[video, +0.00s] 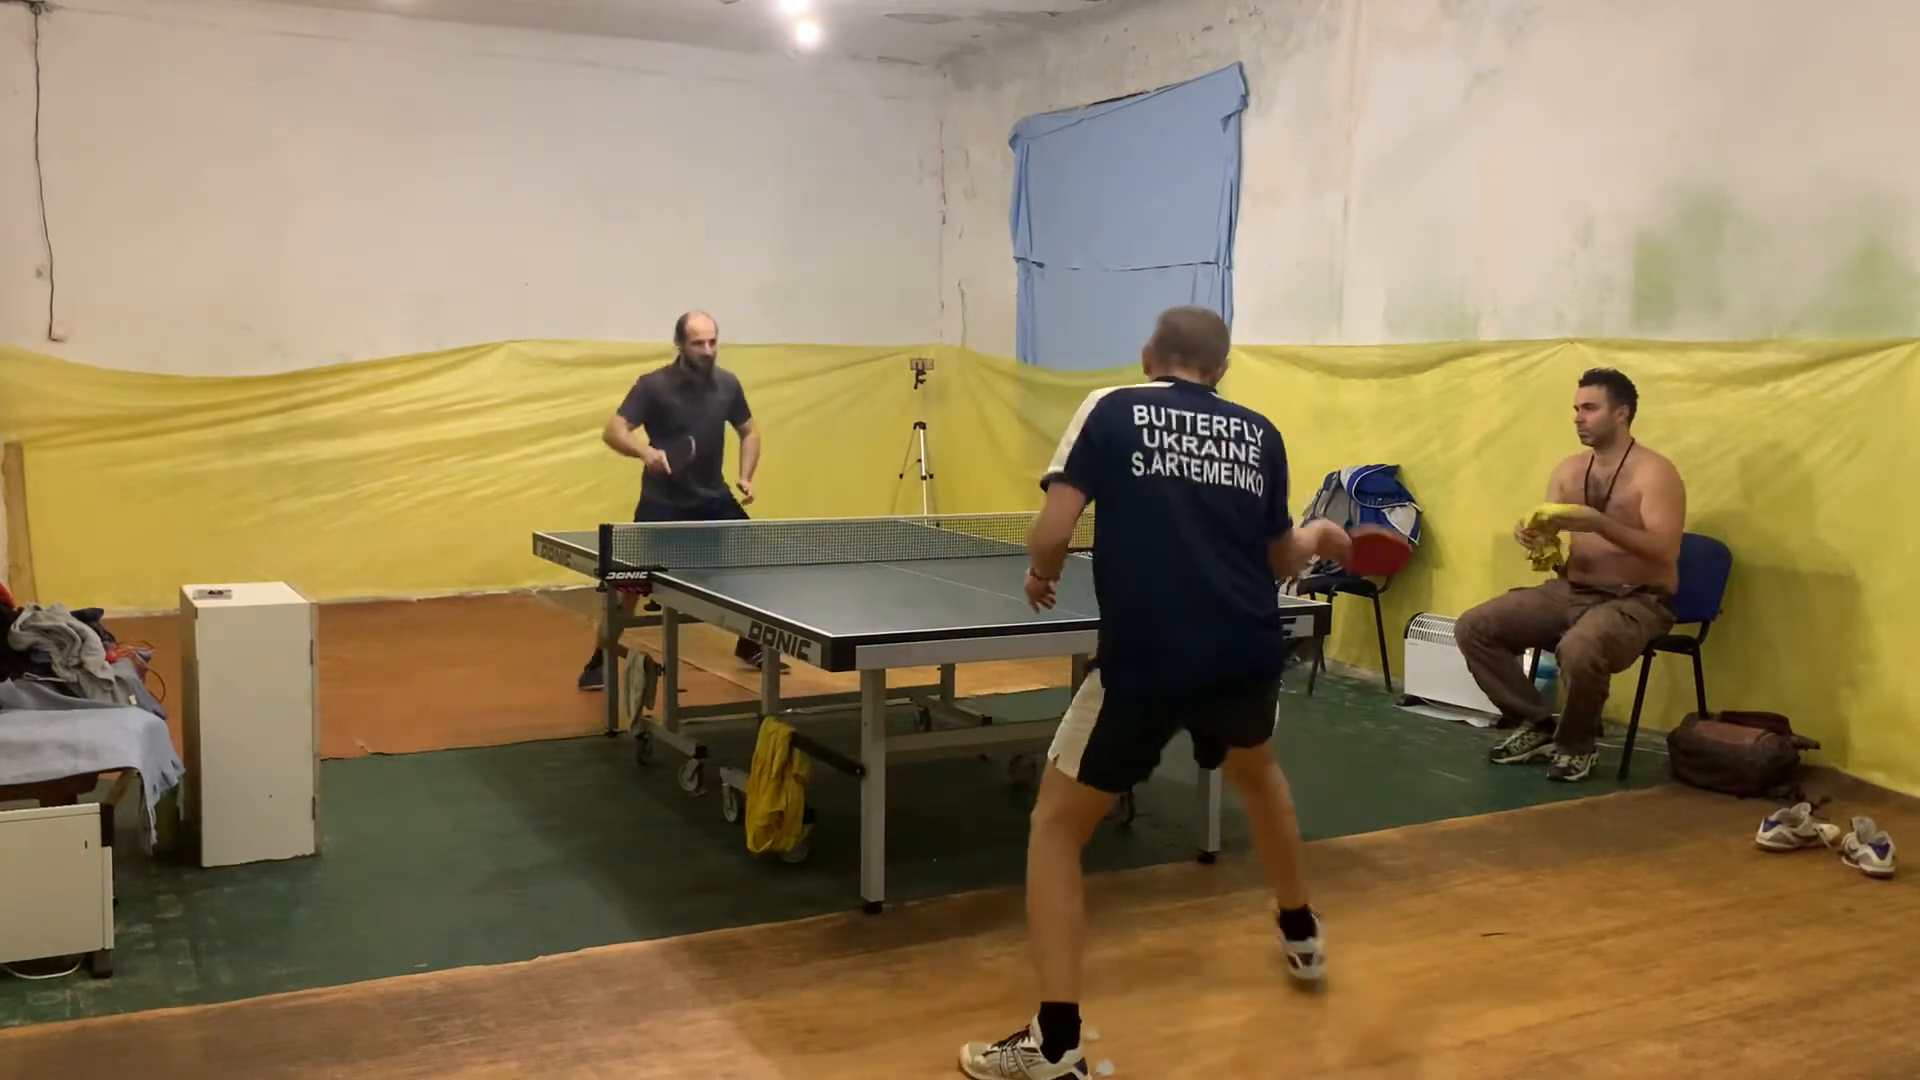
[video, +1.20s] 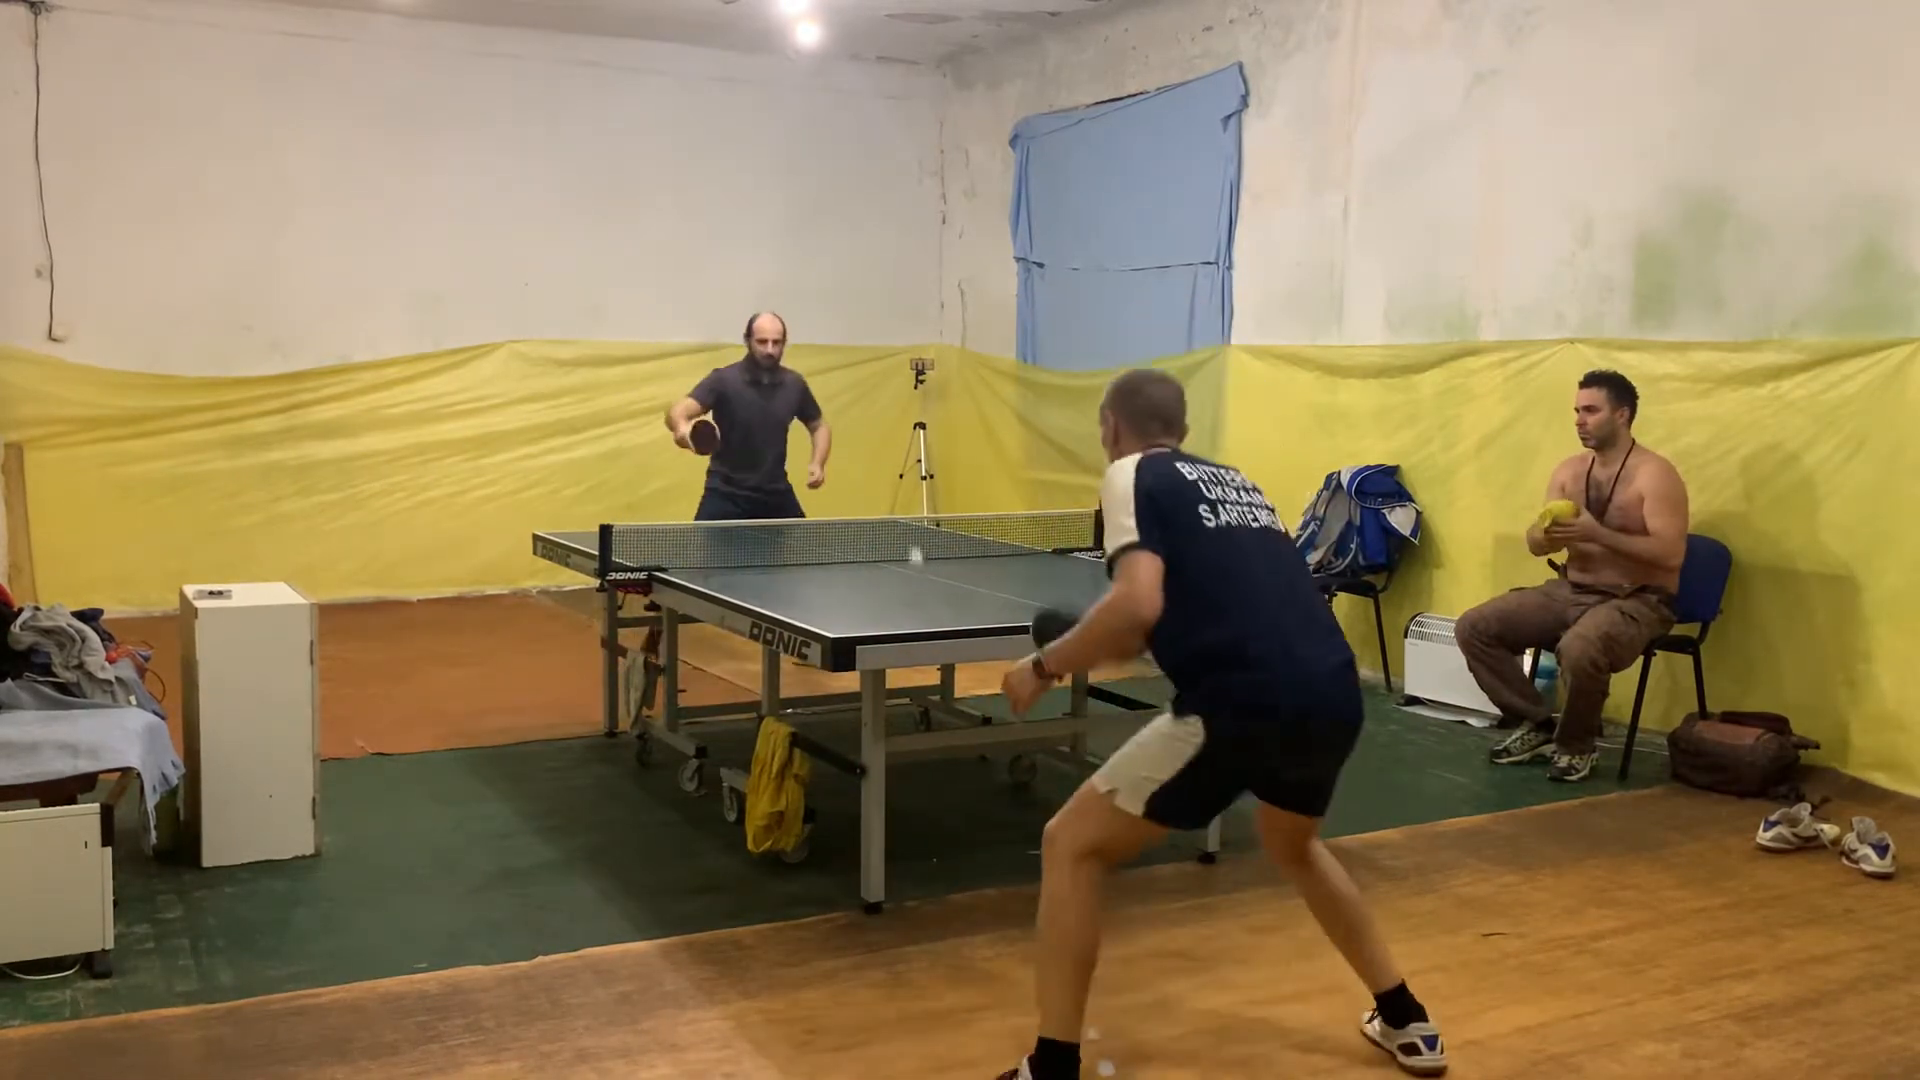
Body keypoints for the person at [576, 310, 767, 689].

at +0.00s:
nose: (708, 350)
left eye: (712, 342)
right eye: (699, 343)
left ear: (718, 342)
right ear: (680, 345)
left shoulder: (727, 385)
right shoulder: (653, 385)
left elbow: (749, 432)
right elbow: (613, 431)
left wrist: (746, 475)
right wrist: (644, 451)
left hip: (715, 499)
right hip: (662, 502)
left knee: (764, 562)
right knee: (631, 580)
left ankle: (752, 641)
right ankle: (601, 657)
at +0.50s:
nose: (705, 370)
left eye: (710, 362)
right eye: (697, 363)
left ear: (716, 359)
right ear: (678, 362)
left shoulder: (735, 393)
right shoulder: (661, 404)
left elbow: (781, 433)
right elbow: (637, 460)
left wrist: (769, 466)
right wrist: (672, 472)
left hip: (739, 503)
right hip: (685, 507)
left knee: (783, 563)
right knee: (643, 579)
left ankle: (806, 641)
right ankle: (639, 664)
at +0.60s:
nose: (734, 385)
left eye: (739, 377)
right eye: (725, 377)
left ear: (745, 374)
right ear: (708, 373)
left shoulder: (753, 403)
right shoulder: (682, 407)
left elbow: (786, 445)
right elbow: (667, 463)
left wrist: (781, 487)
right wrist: (719, 479)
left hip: (739, 511)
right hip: (687, 513)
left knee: (790, 561)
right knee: (651, 584)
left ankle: (808, 645)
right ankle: (638, 661)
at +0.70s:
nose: (765, 410)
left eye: (769, 402)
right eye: (757, 401)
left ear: (775, 396)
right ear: (738, 393)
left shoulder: (768, 417)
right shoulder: (708, 414)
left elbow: (789, 455)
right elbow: (713, 464)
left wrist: (789, 493)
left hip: (743, 508)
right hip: (696, 512)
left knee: (793, 556)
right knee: (658, 584)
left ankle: (809, 643)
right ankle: (639, 659)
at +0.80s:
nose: (778, 399)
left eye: (784, 392)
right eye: (772, 390)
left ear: (788, 389)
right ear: (753, 383)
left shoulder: (777, 411)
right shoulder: (724, 411)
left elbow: (795, 446)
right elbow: (741, 444)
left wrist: (801, 487)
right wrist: (771, 476)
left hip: (759, 514)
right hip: (711, 516)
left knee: (802, 568)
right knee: (671, 587)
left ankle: (811, 645)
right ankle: (640, 661)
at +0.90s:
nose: (783, 363)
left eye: (789, 356)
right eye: (777, 355)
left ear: (795, 355)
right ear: (759, 350)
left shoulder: (785, 383)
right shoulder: (737, 383)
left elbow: (798, 416)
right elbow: (721, 414)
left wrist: (813, 454)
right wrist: (719, 443)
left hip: (766, 489)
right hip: (725, 493)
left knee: (807, 548)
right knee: (696, 567)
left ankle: (815, 641)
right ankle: (644, 652)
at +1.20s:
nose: (769, 350)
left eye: (776, 343)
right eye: (762, 342)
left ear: (784, 344)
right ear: (748, 341)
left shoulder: (794, 385)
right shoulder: (723, 380)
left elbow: (819, 426)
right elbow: (679, 411)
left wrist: (817, 463)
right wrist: (682, 429)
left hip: (775, 493)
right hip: (725, 493)